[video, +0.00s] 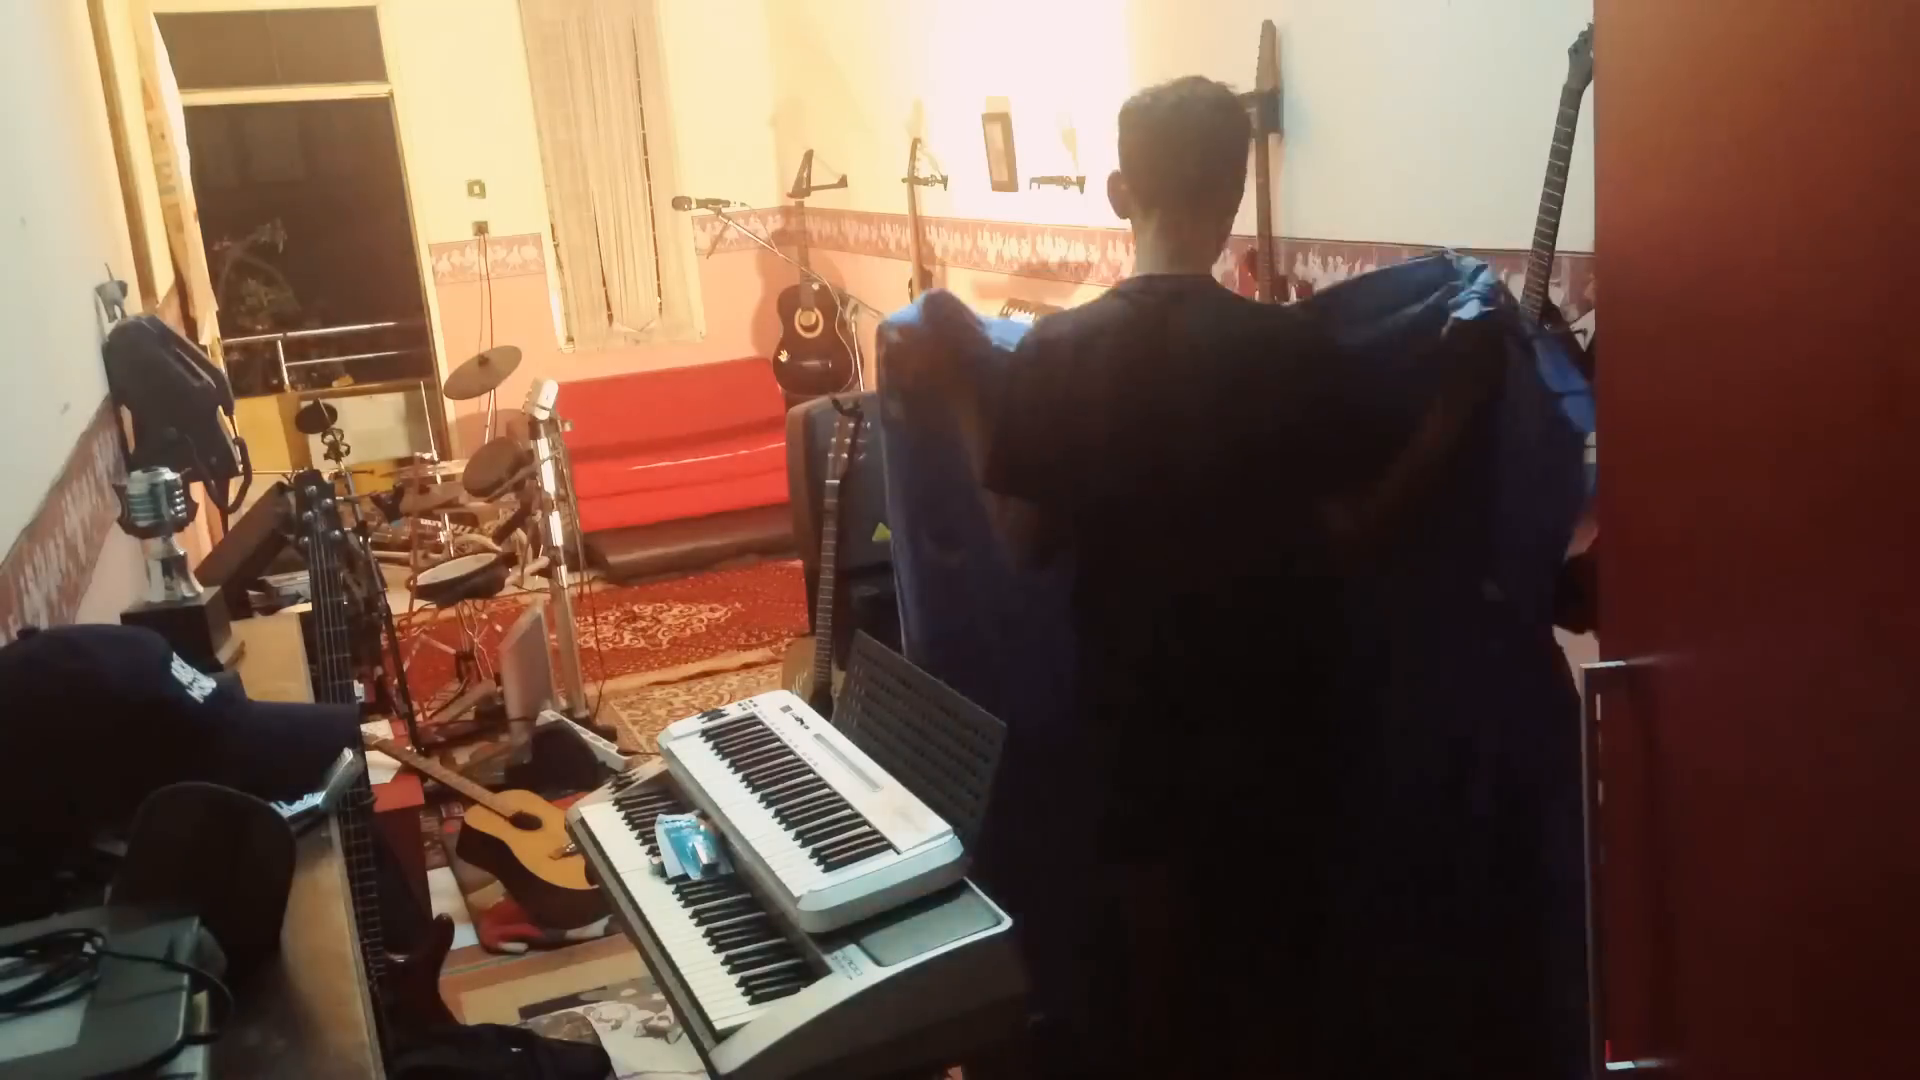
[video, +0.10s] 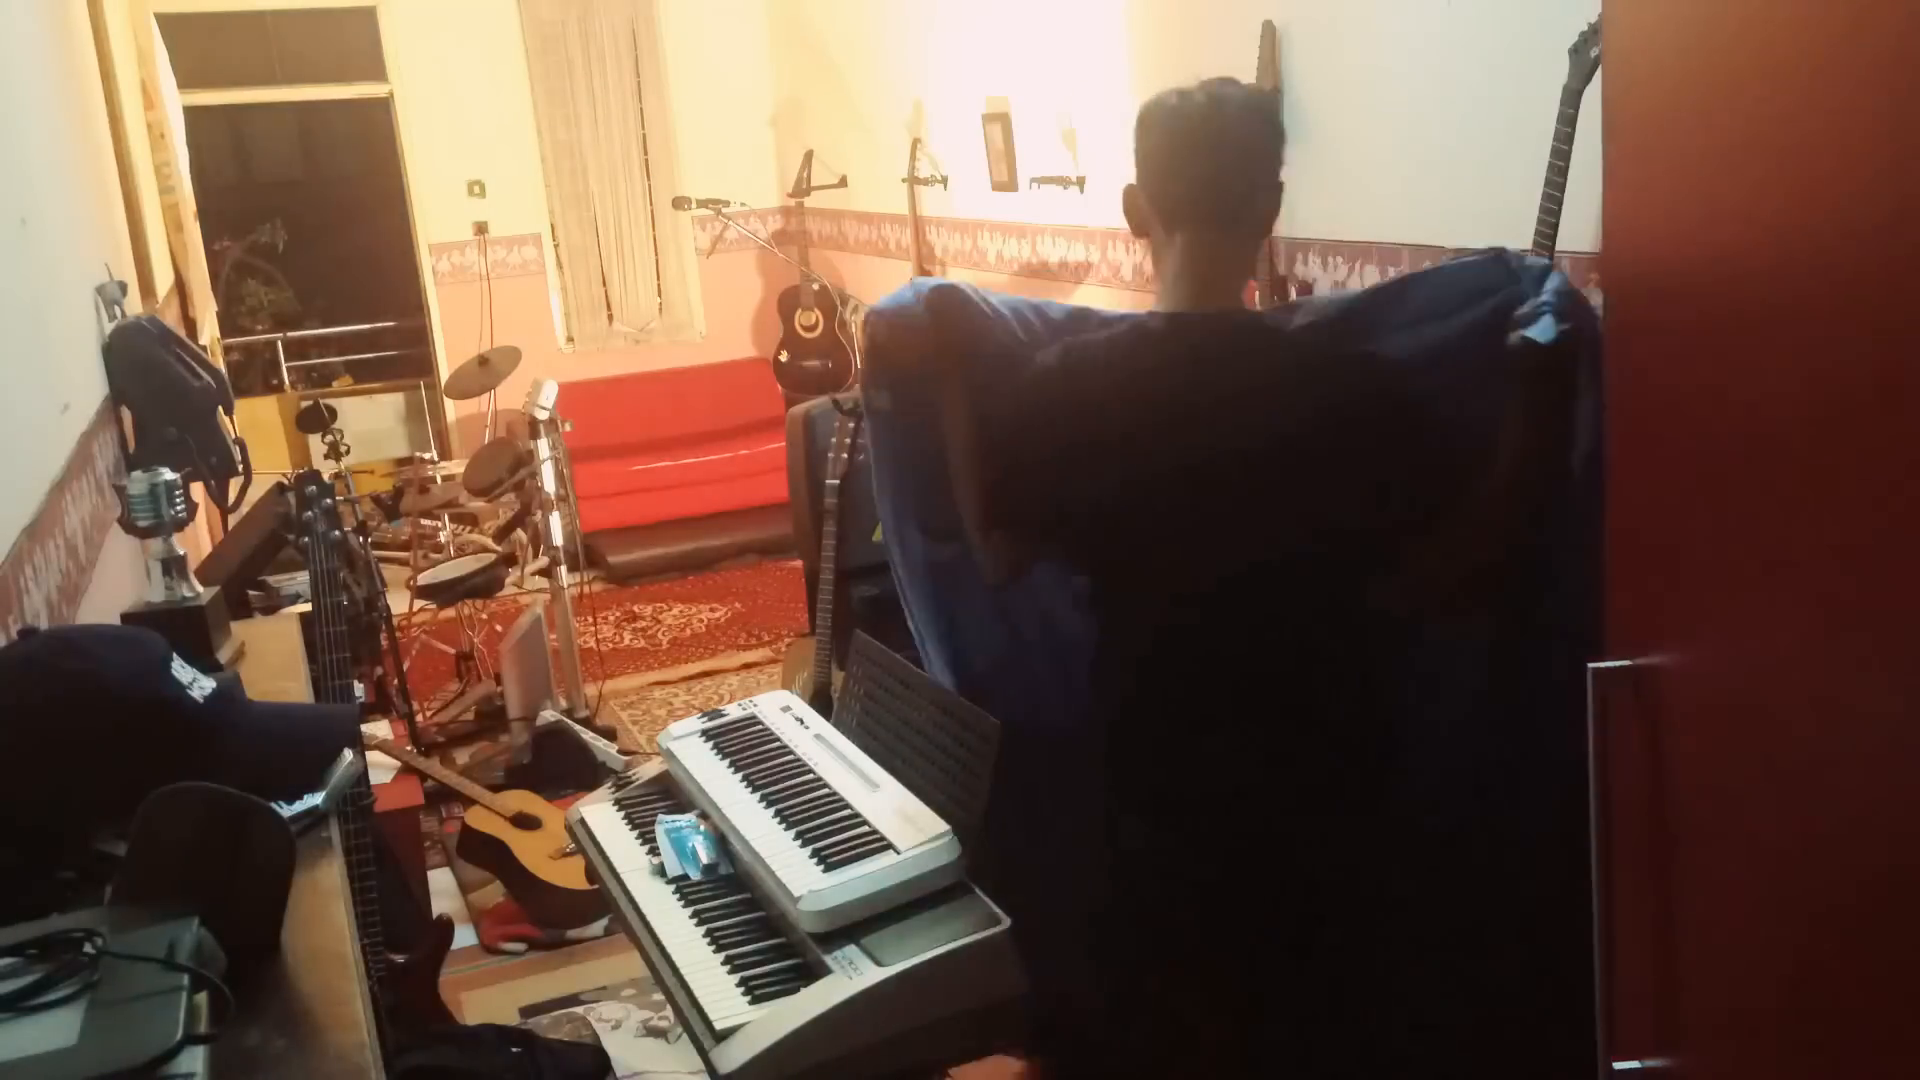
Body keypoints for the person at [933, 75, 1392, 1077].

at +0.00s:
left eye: (1126, 173)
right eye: (1222, 179)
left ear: (1120, 188)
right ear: (1239, 190)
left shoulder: (1053, 356)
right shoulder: (1294, 347)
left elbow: (1020, 533)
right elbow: (1350, 526)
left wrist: (972, 389)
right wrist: (1457, 394)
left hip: (1118, 712)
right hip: (1277, 708)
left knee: (1126, 950)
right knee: (1275, 952)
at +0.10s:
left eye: (1142, 196)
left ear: (1137, 216)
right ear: (1271, 215)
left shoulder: (1074, 387)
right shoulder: (1347, 386)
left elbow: (1002, 551)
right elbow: (1437, 574)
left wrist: (964, 377)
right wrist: (1533, 397)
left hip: (1145, 738)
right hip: (1320, 736)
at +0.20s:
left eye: (1096, 211)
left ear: (1096, 232)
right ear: (1238, 232)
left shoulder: (1028, 413)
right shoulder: (1329, 397)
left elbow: (976, 584)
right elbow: (1429, 590)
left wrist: (922, 391)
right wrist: (1519, 405)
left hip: (1125, 771)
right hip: (1313, 759)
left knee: (1128, 1020)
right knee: (1305, 1015)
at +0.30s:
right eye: (1256, 198)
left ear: (1131, 217)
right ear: (1263, 214)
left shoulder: (1060, 386)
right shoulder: (1337, 381)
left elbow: (1013, 573)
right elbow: (1414, 585)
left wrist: (943, 404)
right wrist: (1526, 398)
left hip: (1136, 762)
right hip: (1315, 752)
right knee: (1312, 1006)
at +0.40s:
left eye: (1120, 190)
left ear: (1124, 208)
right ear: (1247, 206)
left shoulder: (1062, 362)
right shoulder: (1301, 353)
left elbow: (1033, 568)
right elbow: (1375, 564)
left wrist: (949, 434)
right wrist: (1512, 396)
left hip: (1137, 748)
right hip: (1298, 737)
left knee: (1160, 991)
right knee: (1312, 991)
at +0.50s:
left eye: (1110, 192)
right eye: (1211, 195)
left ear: (1107, 206)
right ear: (1223, 208)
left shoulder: (1047, 361)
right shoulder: (1279, 348)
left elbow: (1020, 567)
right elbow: (1350, 557)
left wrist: (960, 522)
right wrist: (1480, 515)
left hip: (1124, 725)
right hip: (1272, 714)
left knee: (1161, 985)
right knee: (1285, 977)